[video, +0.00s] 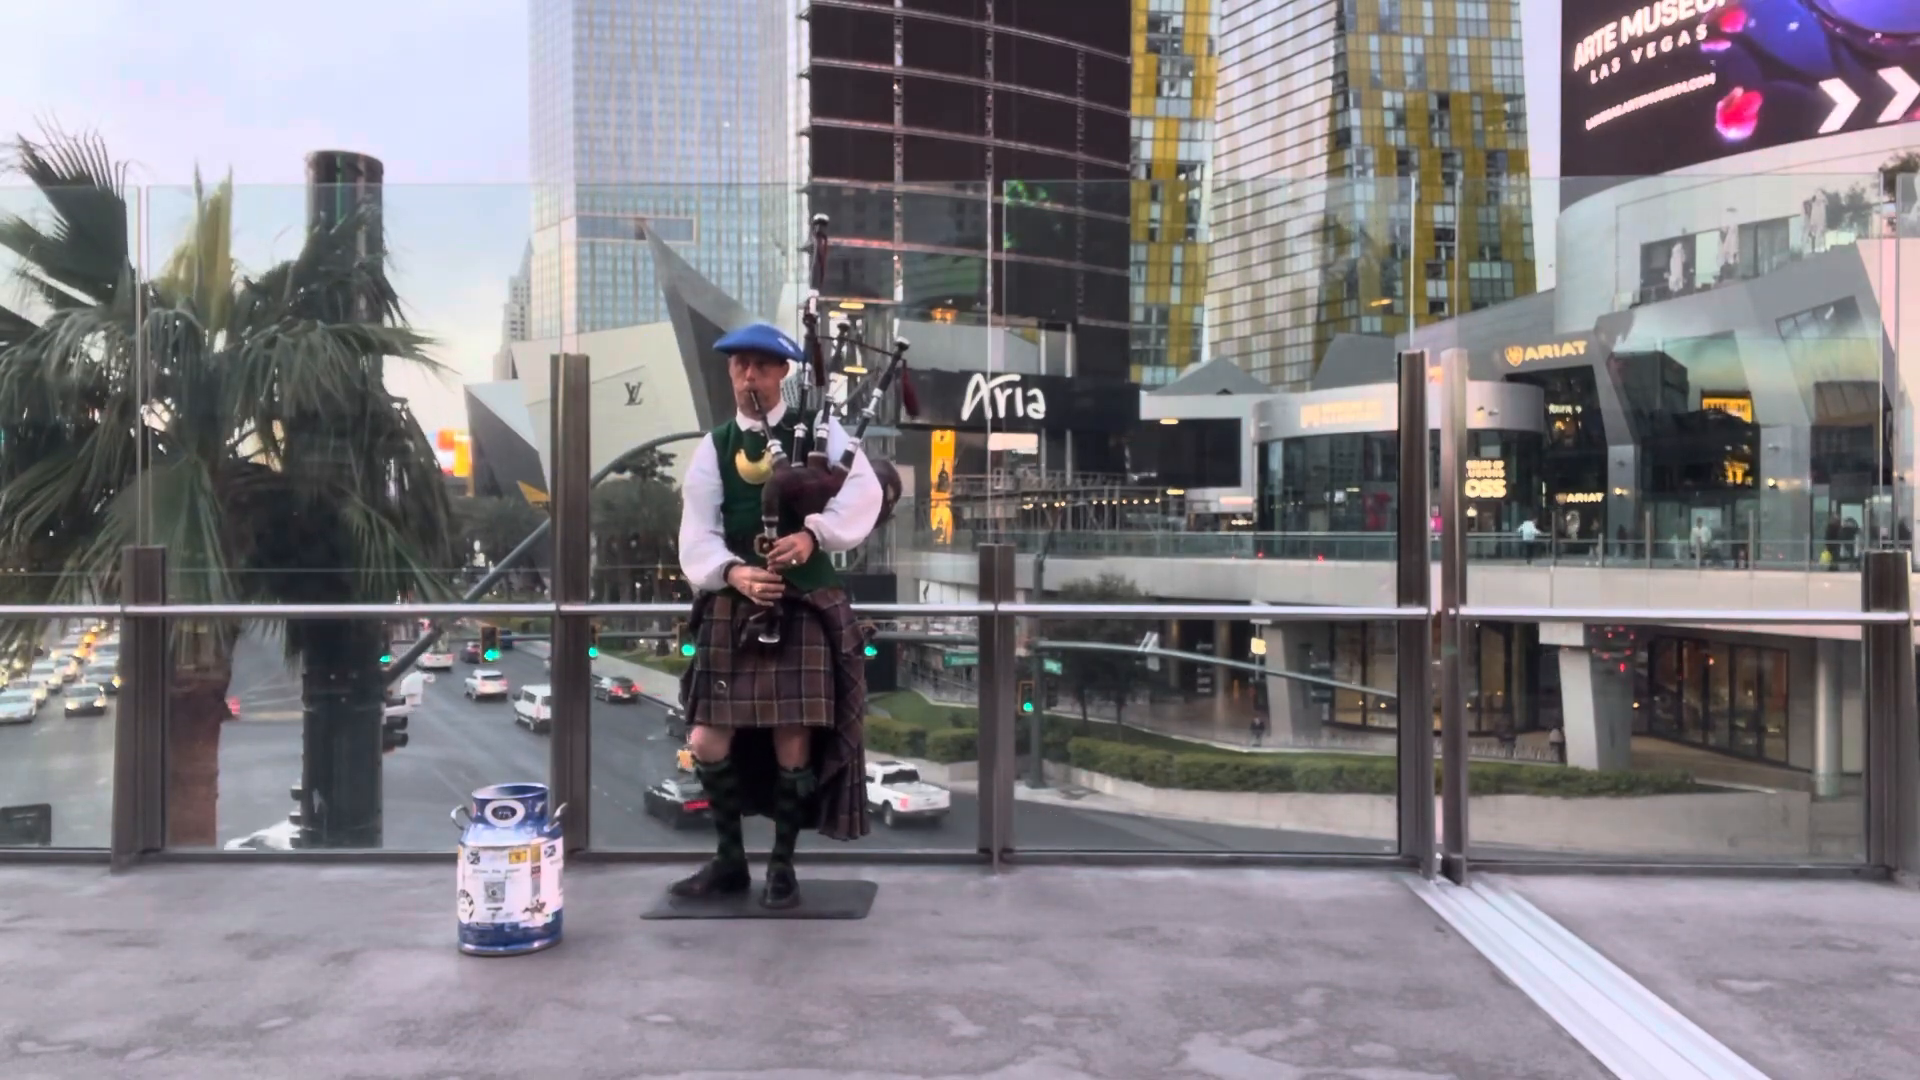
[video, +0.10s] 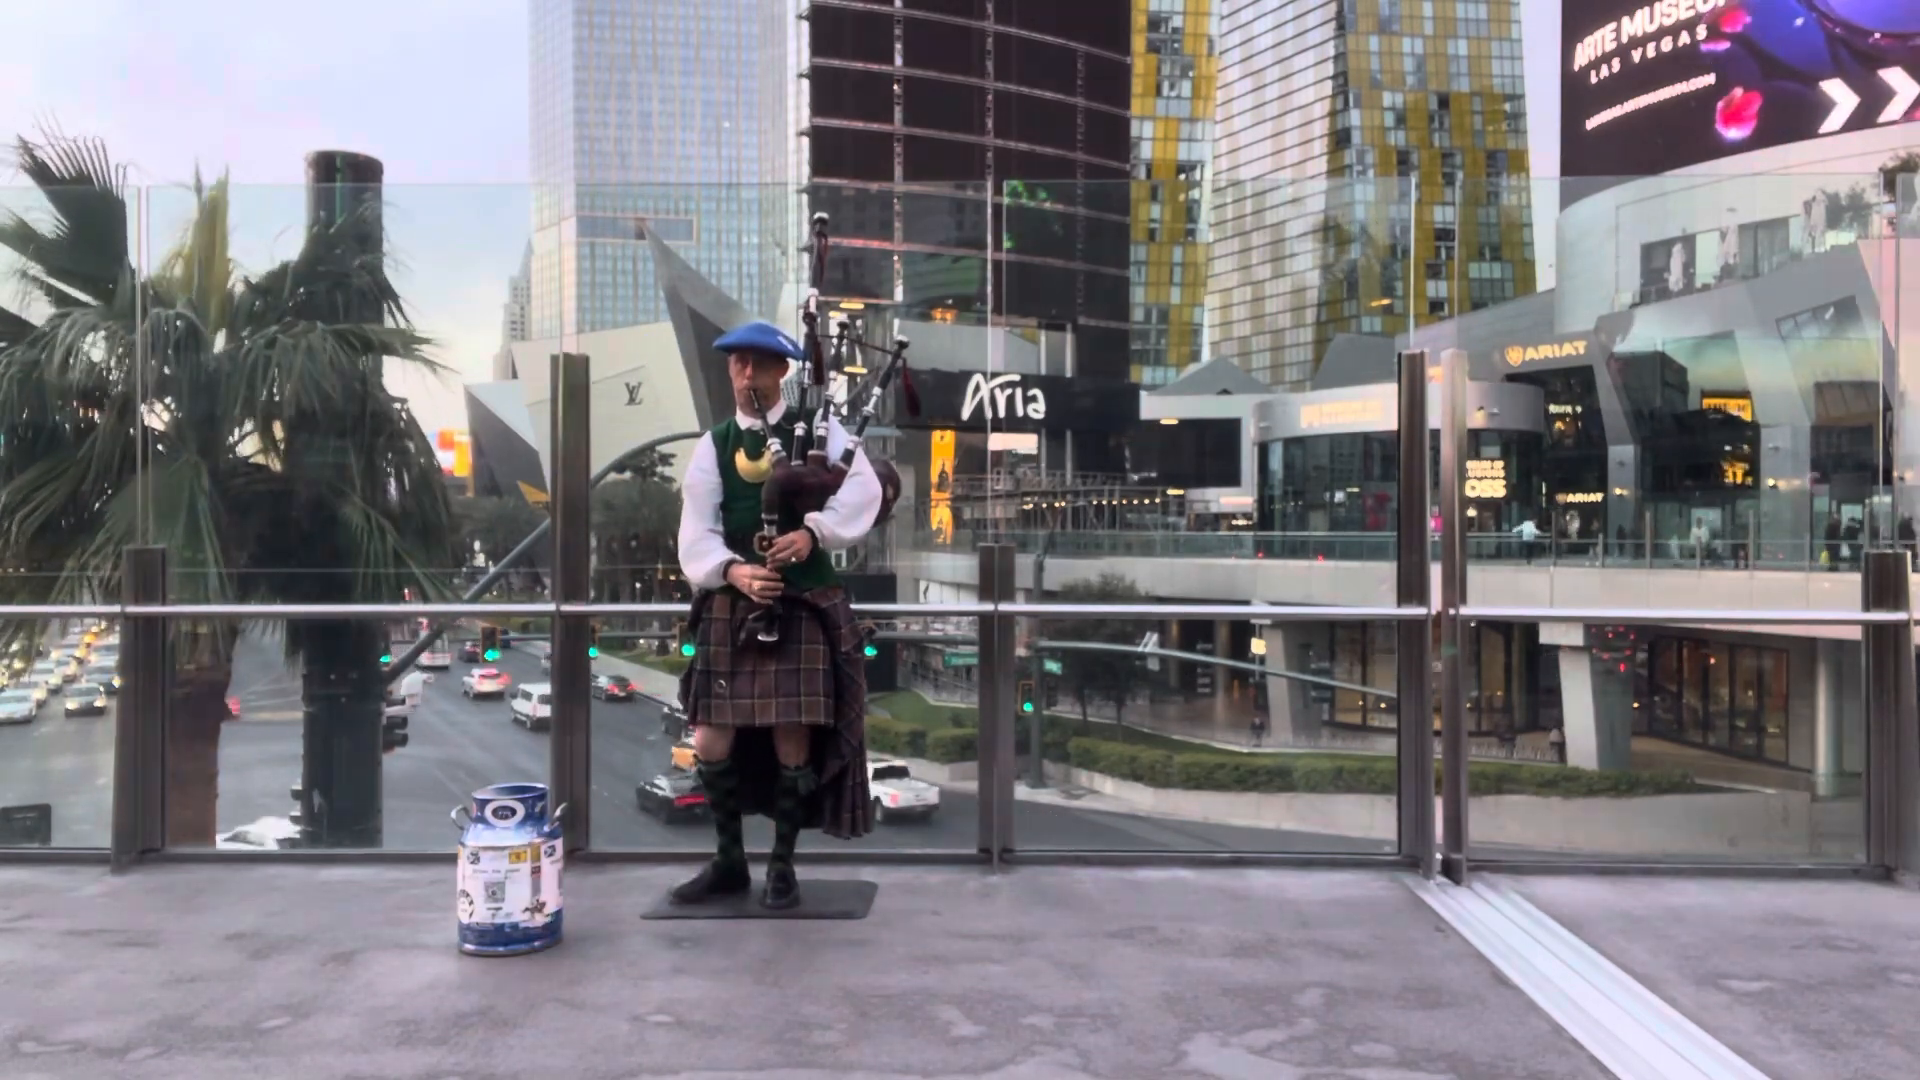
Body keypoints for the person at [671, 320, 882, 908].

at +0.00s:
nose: (749, 377)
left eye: (761, 365)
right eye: (740, 365)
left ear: (786, 373)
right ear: (728, 374)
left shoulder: (820, 431)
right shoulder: (714, 447)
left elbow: (865, 491)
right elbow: (696, 533)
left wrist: (815, 534)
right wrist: (731, 571)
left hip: (803, 601)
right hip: (732, 599)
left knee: (791, 735)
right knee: (707, 738)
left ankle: (782, 865)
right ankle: (730, 860)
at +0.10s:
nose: (747, 375)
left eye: (759, 363)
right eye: (739, 363)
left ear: (785, 371)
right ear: (727, 372)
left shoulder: (820, 429)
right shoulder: (714, 445)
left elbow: (865, 490)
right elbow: (695, 532)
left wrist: (815, 532)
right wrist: (732, 569)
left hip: (803, 600)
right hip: (730, 598)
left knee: (791, 731)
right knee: (710, 736)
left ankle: (782, 866)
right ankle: (729, 862)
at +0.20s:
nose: (745, 375)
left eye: (758, 364)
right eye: (738, 363)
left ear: (784, 371)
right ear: (726, 372)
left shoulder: (820, 430)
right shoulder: (713, 444)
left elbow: (864, 489)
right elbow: (694, 533)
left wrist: (814, 532)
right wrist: (730, 568)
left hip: (802, 600)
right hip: (729, 599)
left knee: (790, 731)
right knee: (712, 736)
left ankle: (781, 866)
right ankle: (729, 863)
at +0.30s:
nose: (744, 374)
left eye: (757, 363)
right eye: (737, 363)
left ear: (783, 371)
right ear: (726, 371)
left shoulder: (819, 428)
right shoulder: (713, 444)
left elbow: (864, 487)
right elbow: (696, 531)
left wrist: (813, 532)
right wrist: (730, 569)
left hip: (802, 599)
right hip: (729, 598)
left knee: (790, 732)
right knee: (712, 734)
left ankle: (782, 866)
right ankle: (729, 862)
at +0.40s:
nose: (745, 374)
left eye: (758, 363)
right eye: (737, 363)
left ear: (783, 371)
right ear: (726, 372)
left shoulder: (819, 429)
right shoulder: (714, 444)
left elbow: (864, 489)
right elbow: (697, 531)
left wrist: (814, 533)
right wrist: (730, 570)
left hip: (802, 599)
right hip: (729, 598)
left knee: (790, 731)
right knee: (710, 733)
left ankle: (782, 866)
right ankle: (729, 861)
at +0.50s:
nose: (746, 374)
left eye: (759, 363)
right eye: (738, 363)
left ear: (784, 371)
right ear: (727, 372)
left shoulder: (819, 429)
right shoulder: (714, 444)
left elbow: (865, 488)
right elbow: (699, 532)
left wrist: (814, 533)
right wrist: (730, 570)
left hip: (802, 599)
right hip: (730, 597)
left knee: (790, 731)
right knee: (712, 732)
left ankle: (782, 866)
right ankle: (729, 861)